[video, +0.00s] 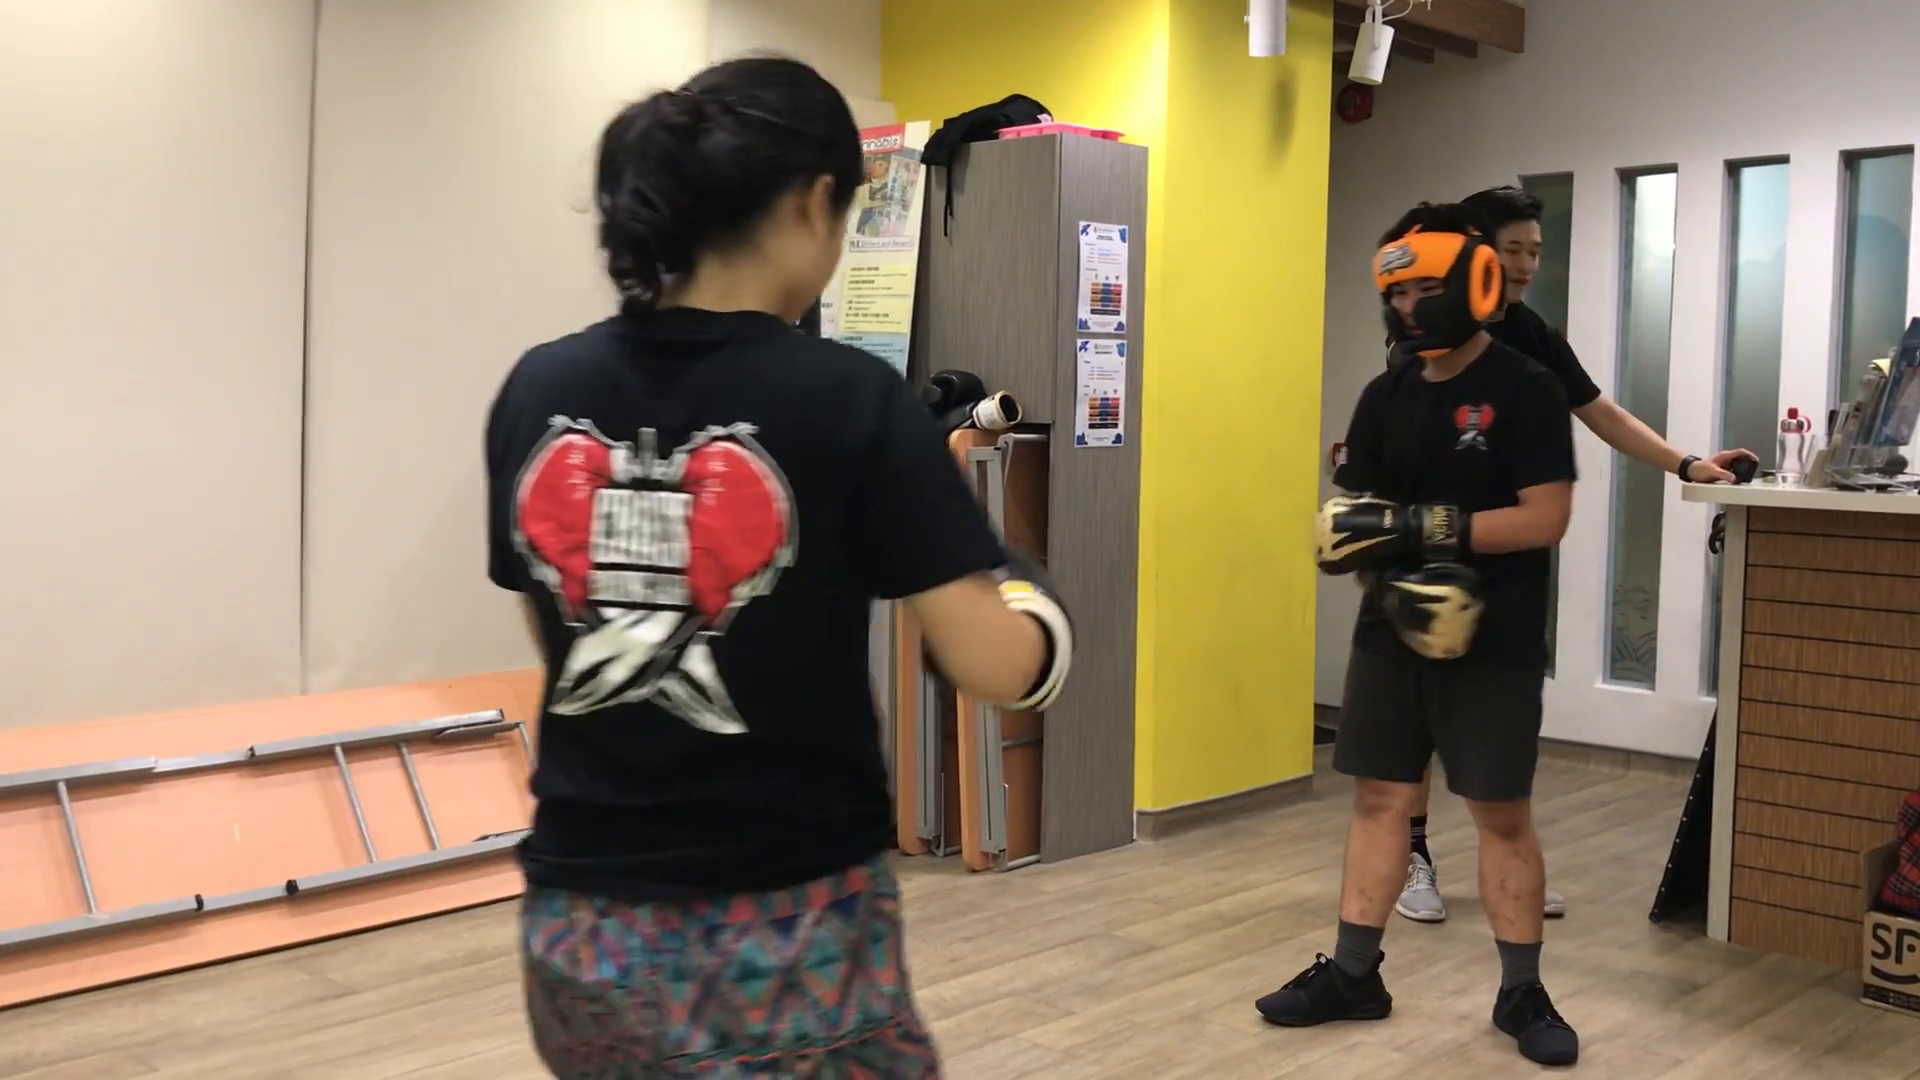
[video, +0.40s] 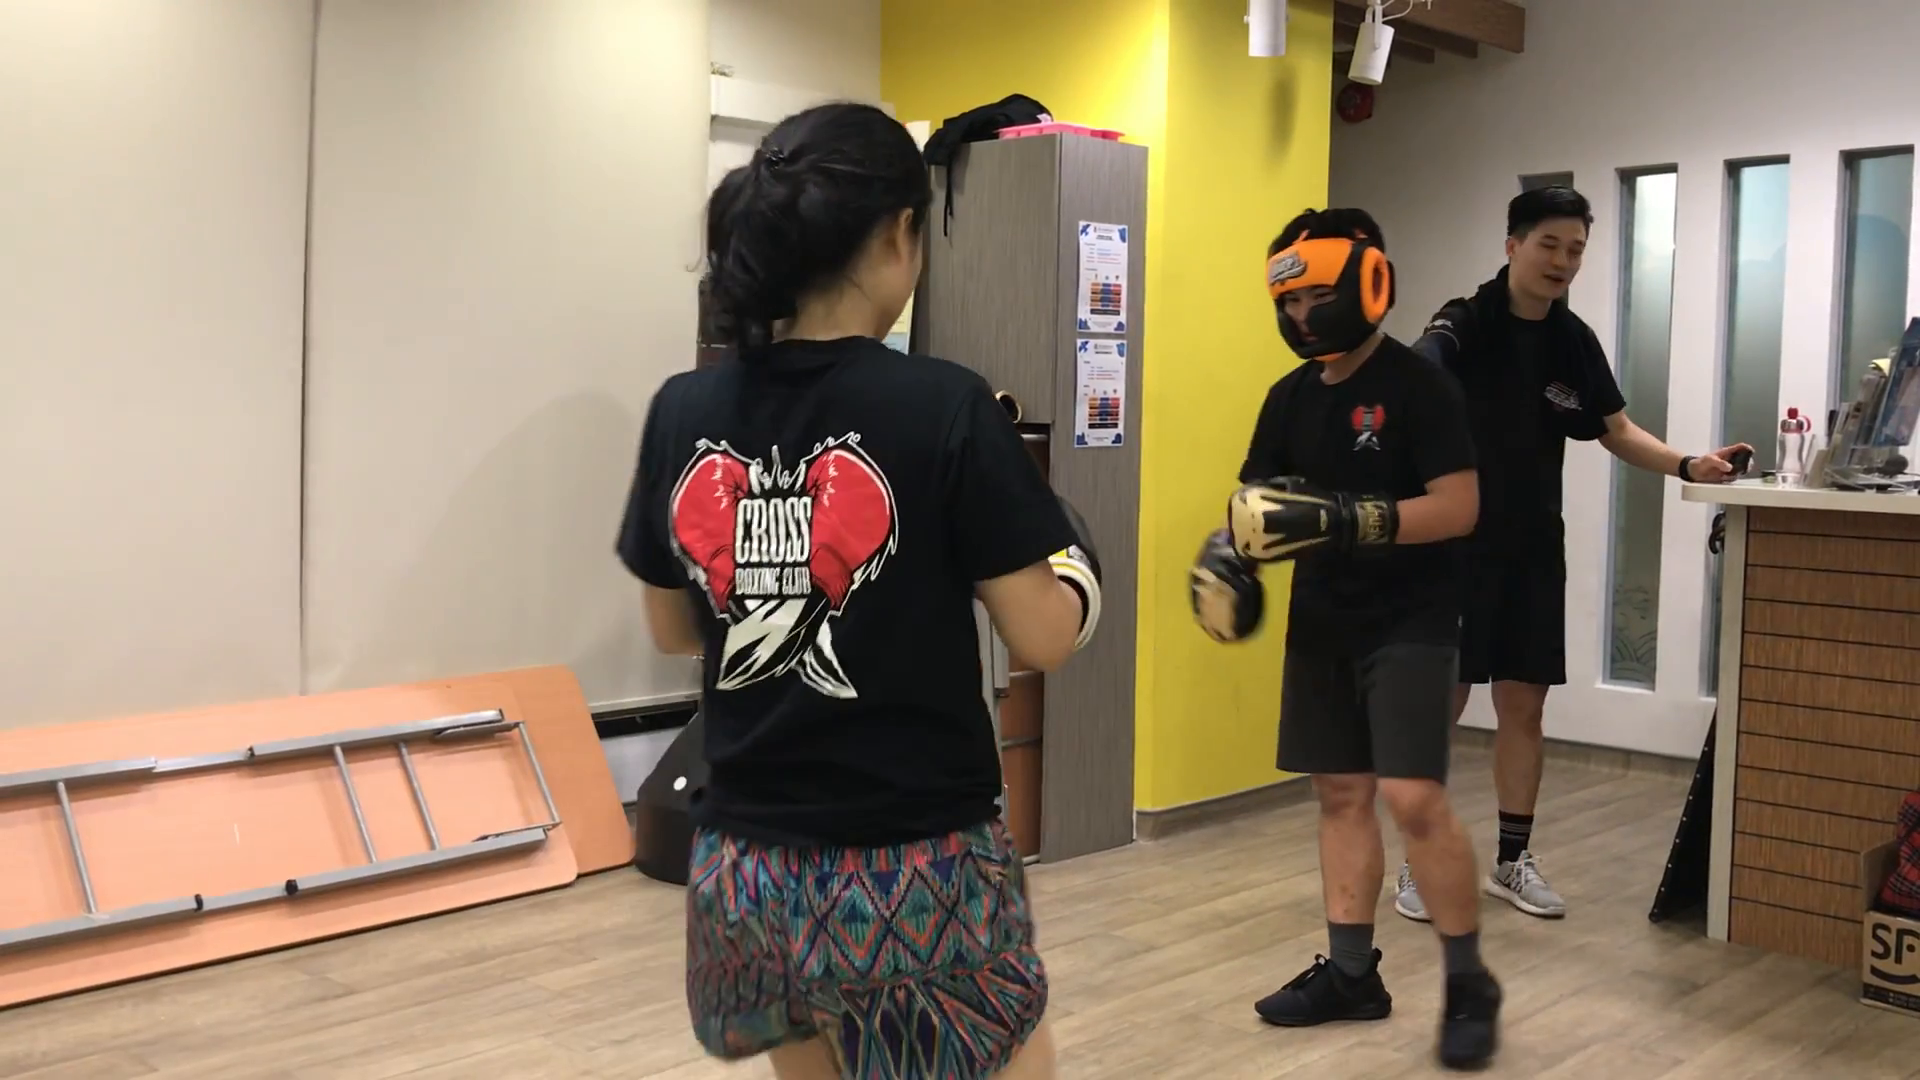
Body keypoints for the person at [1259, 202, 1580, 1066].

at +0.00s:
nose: (1405, 306)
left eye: (1421, 288)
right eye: (1396, 292)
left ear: (1472, 289)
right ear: (1390, 301)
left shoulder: (1527, 392)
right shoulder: (1384, 396)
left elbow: (1548, 518)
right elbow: (1354, 512)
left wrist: (1425, 527)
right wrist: (1350, 545)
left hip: (1497, 636)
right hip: (1394, 625)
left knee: (1502, 815)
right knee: (1380, 795)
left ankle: (1522, 991)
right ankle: (1354, 969)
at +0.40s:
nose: (1300, 310)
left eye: (1316, 291)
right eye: (1287, 297)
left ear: (1370, 286)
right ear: (1277, 303)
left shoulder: (1420, 384)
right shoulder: (1290, 398)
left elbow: (1459, 509)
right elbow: (1253, 506)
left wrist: (1346, 519)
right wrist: (1227, 560)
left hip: (1413, 620)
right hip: (1323, 622)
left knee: (1413, 796)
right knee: (1339, 791)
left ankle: (1467, 978)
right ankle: (1350, 972)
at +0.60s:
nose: (1276, 317)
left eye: (1293, 297)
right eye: (1263, 302)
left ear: (1345, 289)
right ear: (1254, 305)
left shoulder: (1397, 385)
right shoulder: (1266, 395)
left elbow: (1418, 513)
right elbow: (1222, 510)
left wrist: (1335, 467)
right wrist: (1172, 491)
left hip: (1384, 619)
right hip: (1301, 620)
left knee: (1361, 802)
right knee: (1319, 797)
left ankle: (1359, 1000)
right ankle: (1339, 964)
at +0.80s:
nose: (1270, 306)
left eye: (1290, 287)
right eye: (1256, 291)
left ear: (1340, 289)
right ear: (1244, 299)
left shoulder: (1385, 387)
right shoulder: (1249, 390)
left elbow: (1363, 493)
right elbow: (1180, 484)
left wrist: (1322, 381)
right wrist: (1151, 384)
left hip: (1352, 627)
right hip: (1272, 626)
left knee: (1314, 812)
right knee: (1308, 808)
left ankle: (1284, 1021)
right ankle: (1350, 971)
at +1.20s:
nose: (1260, 294)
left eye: (1278, 275)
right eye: (1247, 277)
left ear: (1317, 278)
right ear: (1222, 283)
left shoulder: (1358, 382)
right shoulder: (1211, 374)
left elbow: (1298, 478)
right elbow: (1165, 457)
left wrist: (1271, 369)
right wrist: (1177, 350)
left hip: (1303, 639)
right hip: (1210, 628)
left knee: (1286, 827)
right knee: (1205, 809)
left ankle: (1282, 1025)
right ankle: (1272, 941)